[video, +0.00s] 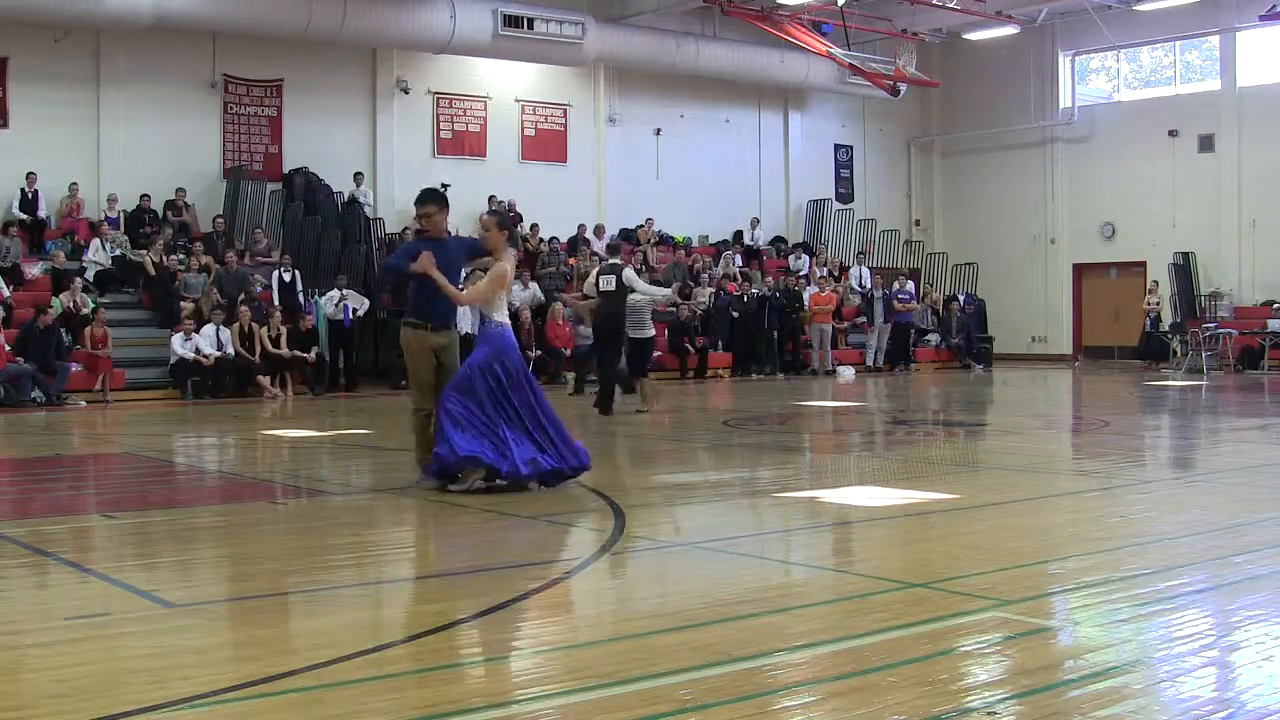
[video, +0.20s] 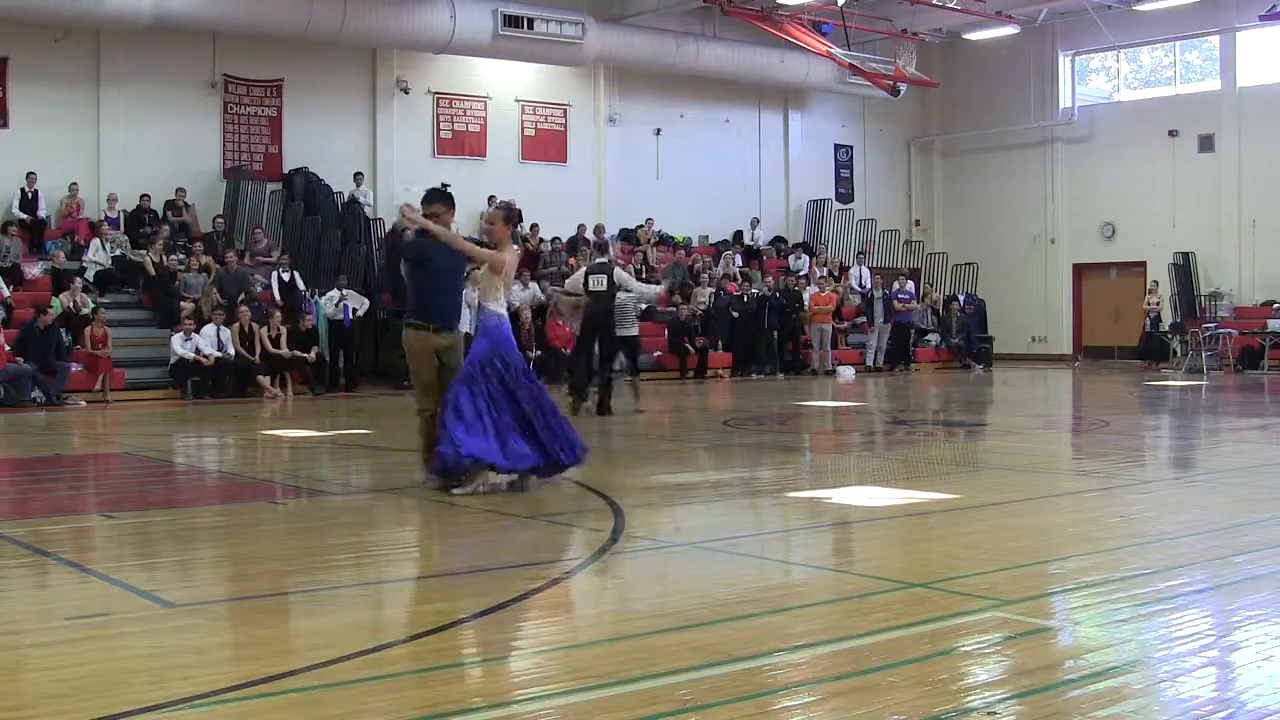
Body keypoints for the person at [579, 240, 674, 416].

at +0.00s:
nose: (626, 255)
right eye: (624, 252)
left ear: (606, 252)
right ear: (621, 253)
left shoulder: (598, 270)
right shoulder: (625, 271)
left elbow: (587, 290)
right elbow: (643, 288)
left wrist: (605, 294)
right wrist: (668, 292)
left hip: (600, 320)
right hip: (616, 320)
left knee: (603, 360)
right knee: (611, 361)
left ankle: (603, 397)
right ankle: (605, 404)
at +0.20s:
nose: (613, 254)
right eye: (612, 251)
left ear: (593, 253)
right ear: (609, 253)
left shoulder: (586, 270)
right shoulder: (615, 271)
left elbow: (568, 285)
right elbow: (636, 287)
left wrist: (586, 293)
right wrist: (659, 289)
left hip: (589, 321)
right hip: (607, 322)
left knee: (582, 357)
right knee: (606, 364)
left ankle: (578, 397)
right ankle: (603, 405)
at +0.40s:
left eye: (577, 256)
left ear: (578, 255)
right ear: (595, 255)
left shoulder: (571, 271)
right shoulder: (602, 273)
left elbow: (549, 284)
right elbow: (622, 291)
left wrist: (568, 294)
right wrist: (644, 291)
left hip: (573, 330)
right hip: (594, 329)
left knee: (566, 367)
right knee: (601, 368)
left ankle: (559, 403)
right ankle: (601, 406)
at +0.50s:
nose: (568, 253)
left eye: (568, 250)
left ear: (569, 251)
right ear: (587, 251)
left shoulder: (561, 272)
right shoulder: (593, 272)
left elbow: (536, 284)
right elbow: (613, 291)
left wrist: (555, 294)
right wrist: (635, 292)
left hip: (565, 327)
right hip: (585, 327)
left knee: (561, 367)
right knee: (593, 367)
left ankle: (553, 407)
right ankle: (601, 407)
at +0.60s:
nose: (559, 253)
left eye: (561, 251)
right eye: (560, 251)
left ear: (564, 252)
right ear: (579, 252)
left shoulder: (555, 270)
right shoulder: (587, 271)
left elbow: (530, 281)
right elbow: (605, 290)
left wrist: (548, 291)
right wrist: (623, 291)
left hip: (558, 326)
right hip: (578, 326)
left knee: (555, 367)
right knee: (588, 365)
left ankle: (552, 408)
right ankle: (597, 406)